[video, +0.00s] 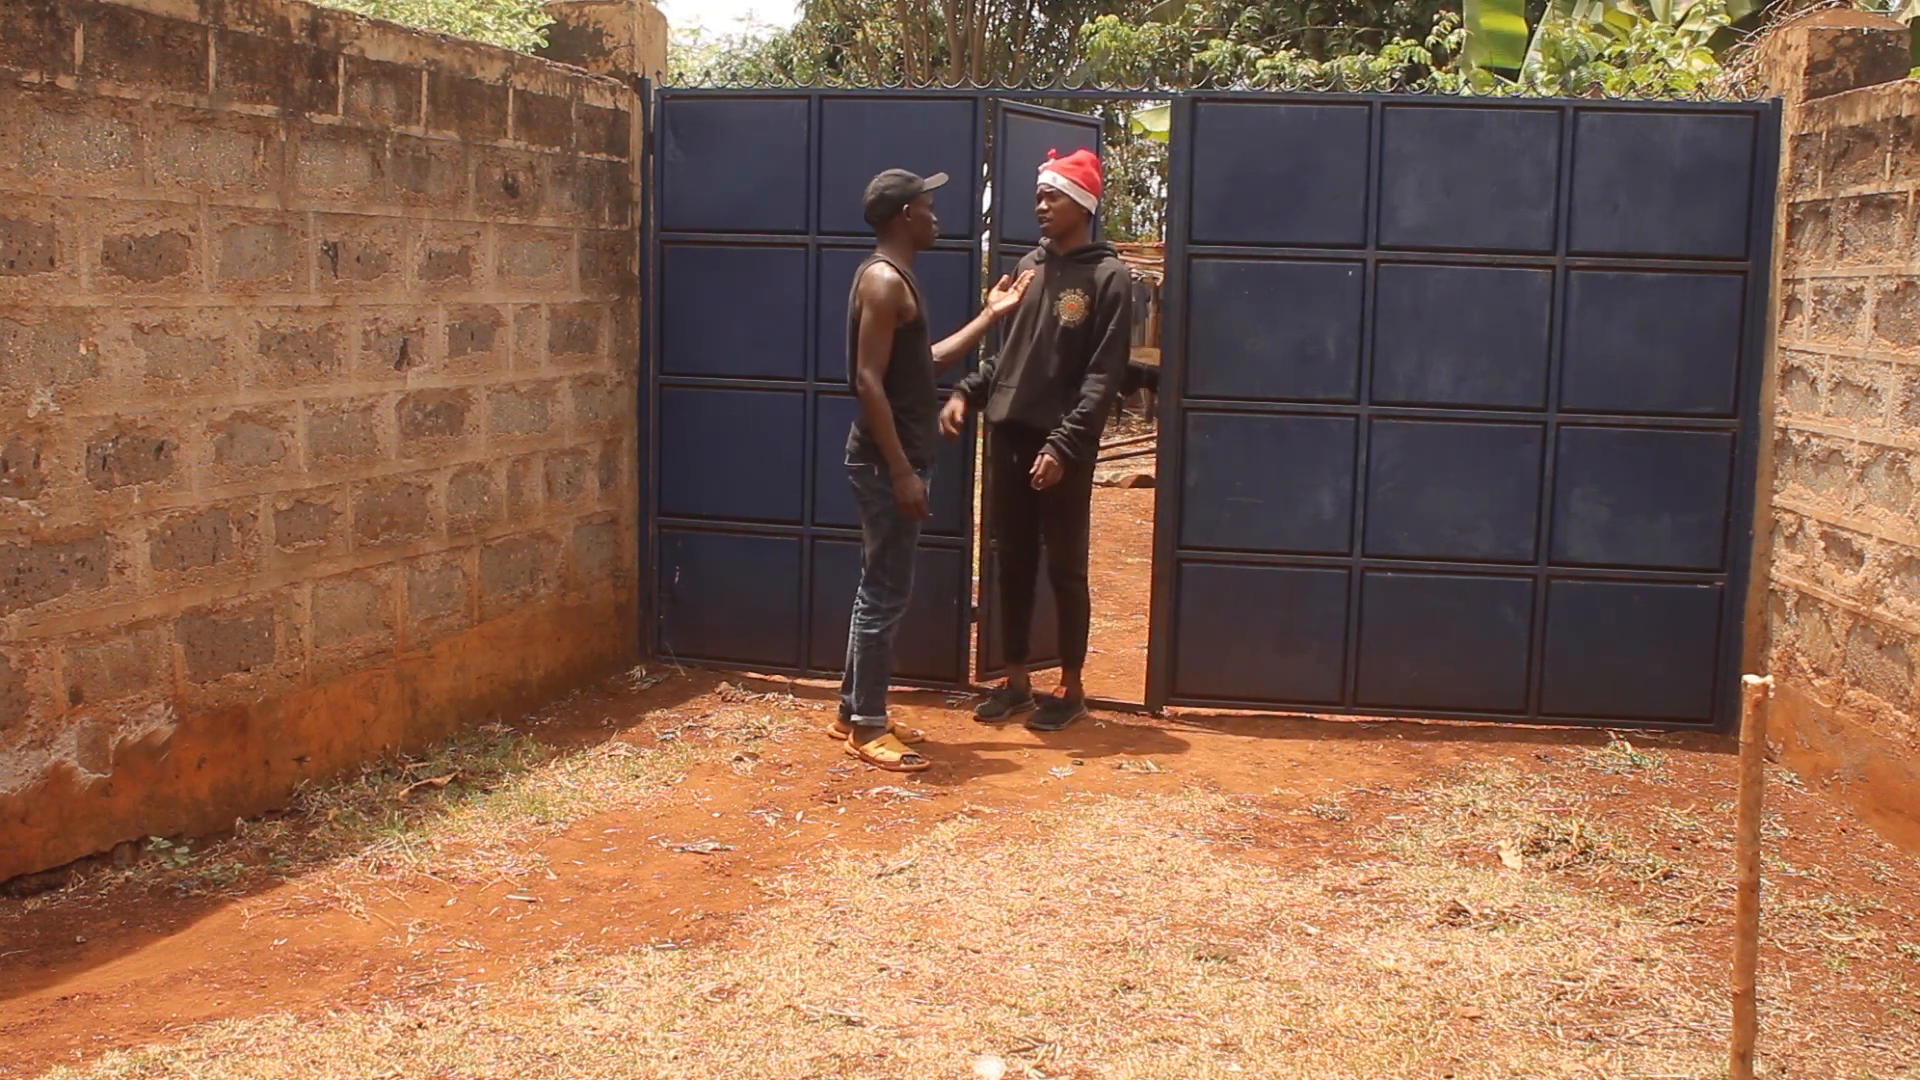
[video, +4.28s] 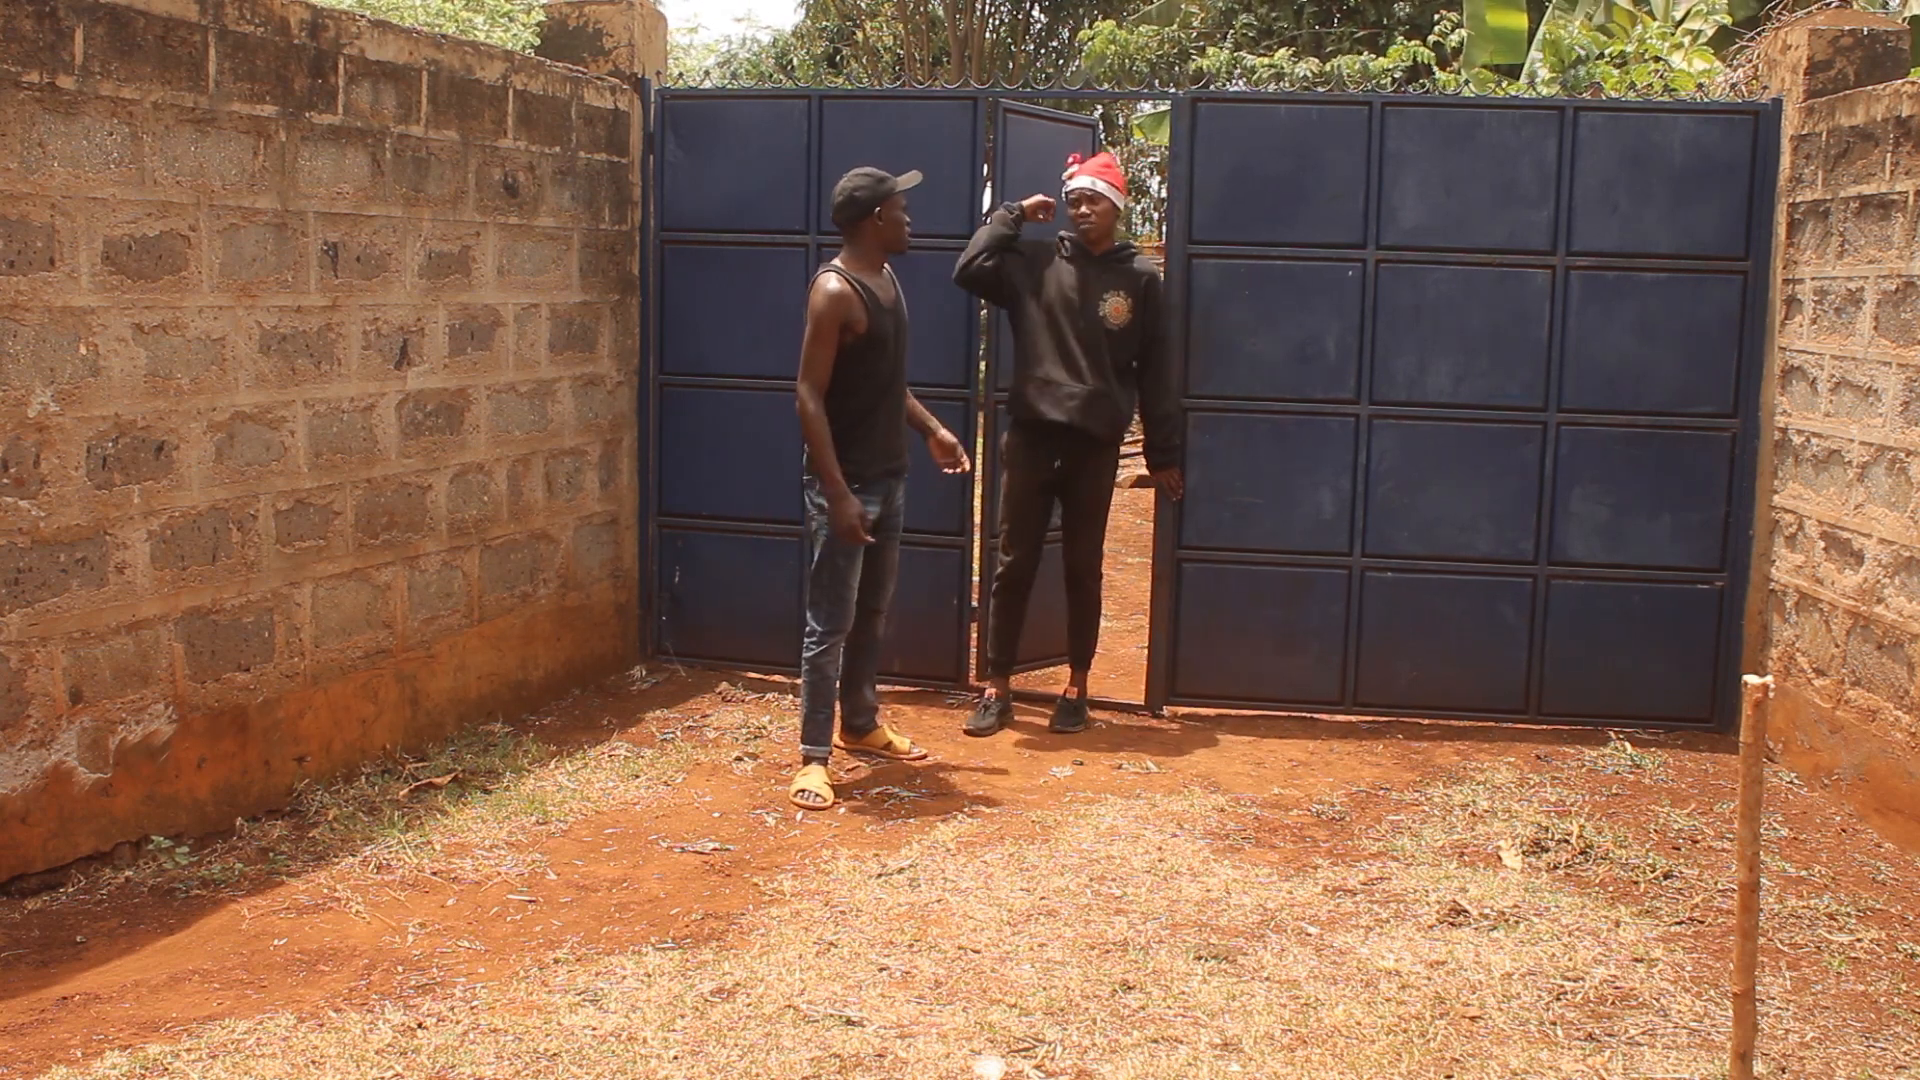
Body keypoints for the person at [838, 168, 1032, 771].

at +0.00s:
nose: (936, 214)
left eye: (932, 204)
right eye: (927, 205)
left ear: (898, 217)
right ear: (903, 215)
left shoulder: (895, 278)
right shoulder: (884, 282)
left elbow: (924, 361)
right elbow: (867, 381)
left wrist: (988, 313)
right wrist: (901, 469)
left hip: (898, 454)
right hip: (886, 459)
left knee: (882, 588)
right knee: (885, 592)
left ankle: (855, 707)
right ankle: (867, 726)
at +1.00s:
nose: (938, 237)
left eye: (940, 227)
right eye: (930, 226)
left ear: (917, 227)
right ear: (892, 223)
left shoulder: (917, 274)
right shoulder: (855, 288)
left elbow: (983, 286)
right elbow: (838, 387)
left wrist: (1055, 275)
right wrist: (863, 477)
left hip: (915, 461)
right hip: (872, 465)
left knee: (896, 593)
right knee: (866, 596)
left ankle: (860, 707)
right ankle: (862, 725)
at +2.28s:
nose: (952, 258)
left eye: (957, 248)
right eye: (946, 245)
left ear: (949, 242)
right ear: (912, 228)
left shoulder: (926, 283)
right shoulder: (859, 277)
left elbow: (950, 331)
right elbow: (811, 363)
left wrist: (1018, 294)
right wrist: (809, 453)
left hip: (904, 465)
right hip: (854, 463)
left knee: (885, 595)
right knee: (845, 593)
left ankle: (860, 713)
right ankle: (811, 725)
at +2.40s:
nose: (939, 256)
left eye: (945, 246)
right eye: (931, 244)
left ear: (942, 240)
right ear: (899, 230)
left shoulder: (925, 285)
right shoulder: (848, 282)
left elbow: (939, 350)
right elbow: (803, 370)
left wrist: (1013, 371)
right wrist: (809, 460)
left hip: (903, 469)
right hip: (848, 465)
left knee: (884, 598)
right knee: (842, 596)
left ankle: (859, 710)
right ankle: (819, 733)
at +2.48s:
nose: (926, 253)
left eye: (933, 244)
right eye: (917, 241)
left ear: (936, 240)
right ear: (886, 230)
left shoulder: (924, 286)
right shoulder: (836, 286)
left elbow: (936, 361)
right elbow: (799, 375)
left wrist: (982, 419)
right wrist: (804, 464)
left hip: (902, 470)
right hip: (844, 469)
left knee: (882, 600)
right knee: (838, 601)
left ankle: (860, 711)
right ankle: (820, 738)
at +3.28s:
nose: (904, 222)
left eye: (901, 212)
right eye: (897, 213)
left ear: (868, 219)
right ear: (870, 219)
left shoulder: (872, 279)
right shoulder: (822, 288)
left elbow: (870, 385)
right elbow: (800, 391)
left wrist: (889, 463)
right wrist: (860, 463)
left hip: (878, 481)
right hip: (832, 483)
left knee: (875, 611)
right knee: (826, 625)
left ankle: (863, 725)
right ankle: (814, 759)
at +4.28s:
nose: (910, 215)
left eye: (905, 205)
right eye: (901, 206)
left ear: (873, 220)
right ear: (872, 220)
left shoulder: (884, 281)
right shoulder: (833, 294)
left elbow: (883, 379)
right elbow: (808, 397)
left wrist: (931, 427)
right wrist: (838, 494)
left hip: (887, 477)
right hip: (841, 483)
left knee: (871, 611)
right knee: (828, 623)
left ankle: (861, 725)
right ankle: (814, 758)